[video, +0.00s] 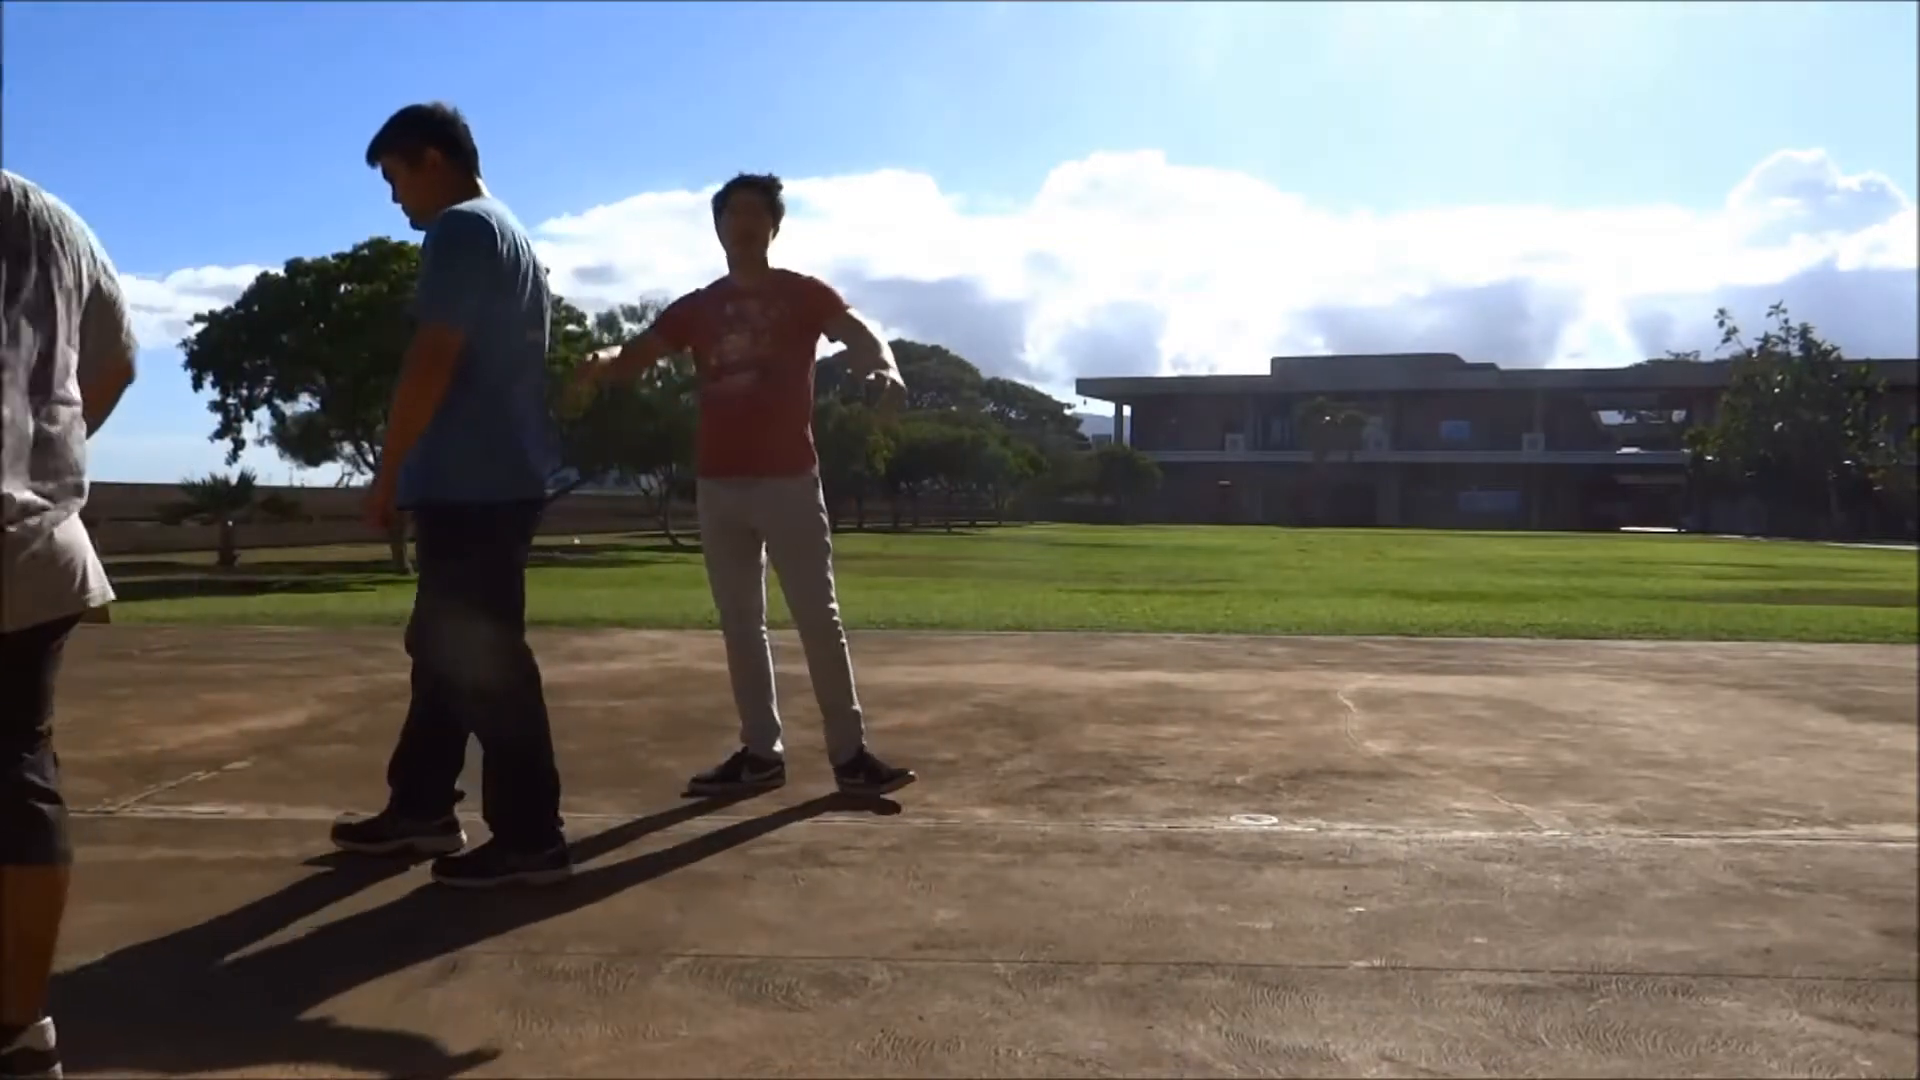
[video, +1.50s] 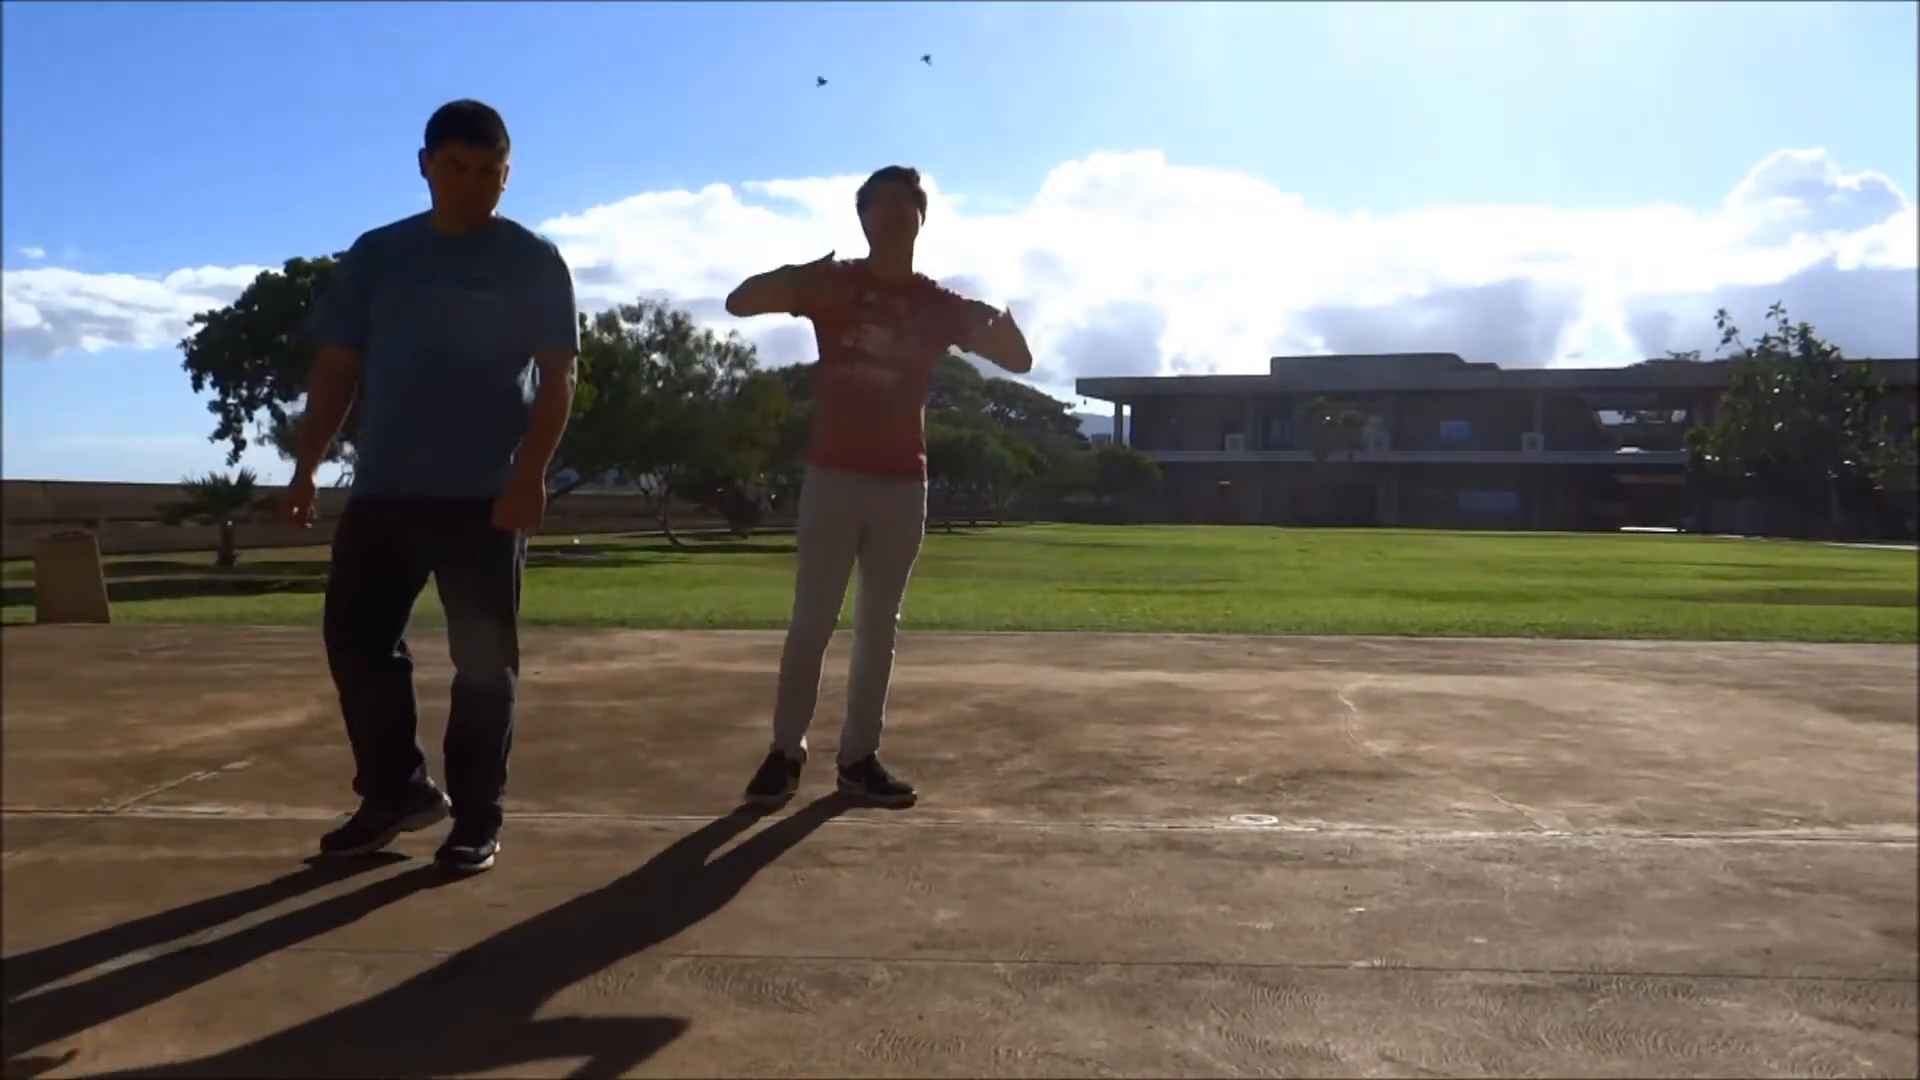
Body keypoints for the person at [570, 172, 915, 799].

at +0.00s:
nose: (743, 226)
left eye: (755, 215)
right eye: (733, 216)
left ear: (774, 224)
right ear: (718, 225)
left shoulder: (804, 294)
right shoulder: (697, 307)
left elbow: (863, 339)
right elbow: (635, 357)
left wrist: (883, 367)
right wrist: (601, 367)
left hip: (790, 483)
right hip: (721, 487)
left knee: (819, 619)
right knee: (740, 626)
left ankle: (850, 755)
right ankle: (762, 752)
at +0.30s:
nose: (779, 226)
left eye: (793, 217)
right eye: (770, 215)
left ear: (811, 230)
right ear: (752, 224)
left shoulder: (830, 300)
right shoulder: (719, 302)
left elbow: (918, 340)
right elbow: (631, 338)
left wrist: (887, 298)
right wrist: (633, 285)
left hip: (813, 488)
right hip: (740, 489)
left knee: (838, 625)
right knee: (742, 629)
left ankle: (856, 761)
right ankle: (761, 756)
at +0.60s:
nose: (823, 225)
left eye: (835, 217)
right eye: (814, 214)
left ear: (851, 231)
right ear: (793, 224)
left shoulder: (864, 304)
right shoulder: (755, 296)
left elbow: (944, 346)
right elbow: (671, 315)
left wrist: (916, 268)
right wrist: (714, 241)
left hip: (845, 487)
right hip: (770, 485)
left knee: (863, 627)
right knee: (755, 627)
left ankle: (858, 762)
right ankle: (762, 755)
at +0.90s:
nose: (858, 228)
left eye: (872, 221)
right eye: (849, 215)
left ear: (888, 237)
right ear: (828, 225)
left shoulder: (893, 314)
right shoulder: (785, 294)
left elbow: (973, 364)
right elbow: (704, 314)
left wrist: (960, 283)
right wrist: (755, 240)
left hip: (866, 493)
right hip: (790, 488)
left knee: (876, 629)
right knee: (764, 624)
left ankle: (859, 761)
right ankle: (762, 754)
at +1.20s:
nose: (883, 216)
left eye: (895, 206)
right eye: (871, 205)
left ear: (911, 219)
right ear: (851, 217)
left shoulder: (926, 306)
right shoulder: (814, 282)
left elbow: (1007, 352)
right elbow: (728, 291)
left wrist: (993, 281)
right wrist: (772, 231)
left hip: (887, 484)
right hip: (814, 477)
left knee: (875, 629)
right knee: (778, 616)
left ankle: (859, 760)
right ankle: (758, 745)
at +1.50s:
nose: (897, 217)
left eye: (907, 207)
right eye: (885, 207)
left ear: (922, 217)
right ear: (863, 218)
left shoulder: (939, 303)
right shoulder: (832, 285)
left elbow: (1018, 360)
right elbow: (740, 302)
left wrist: (1001, 321)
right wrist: (807, 275)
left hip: (901, 484)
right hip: (831, 477)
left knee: (879, 629)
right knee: (810, 623)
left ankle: (859, 761)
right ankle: (786, 754)